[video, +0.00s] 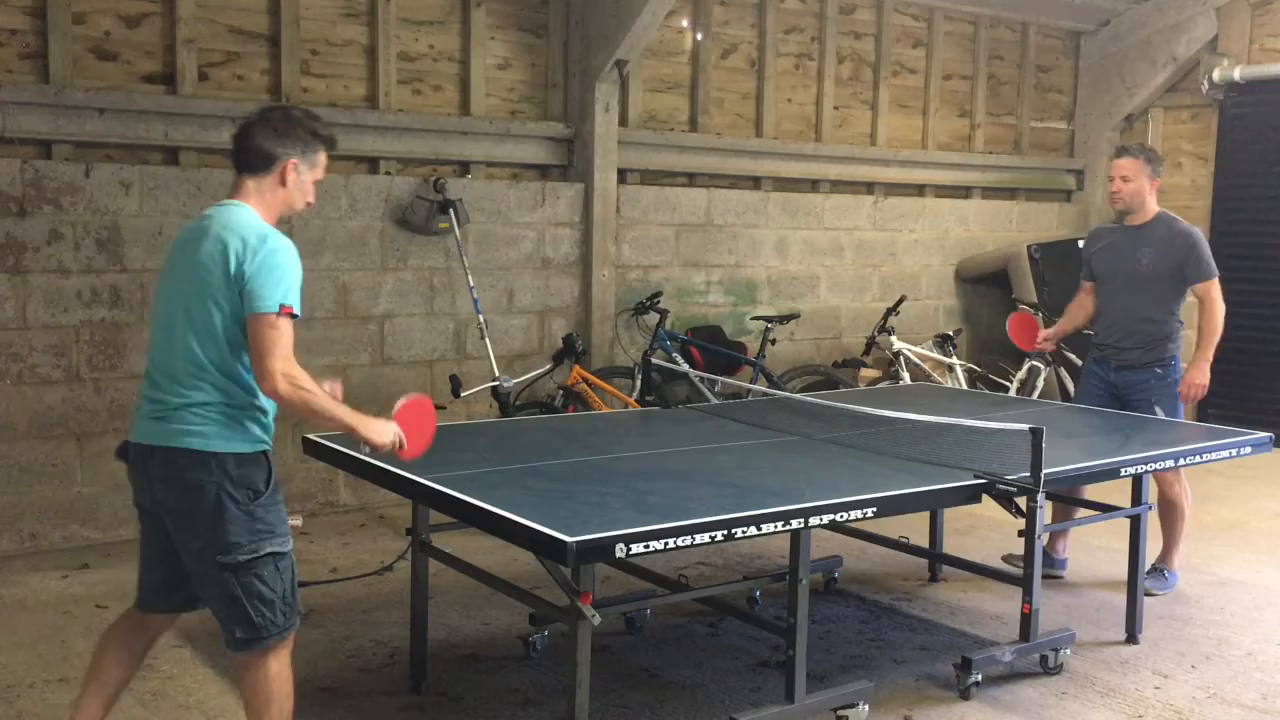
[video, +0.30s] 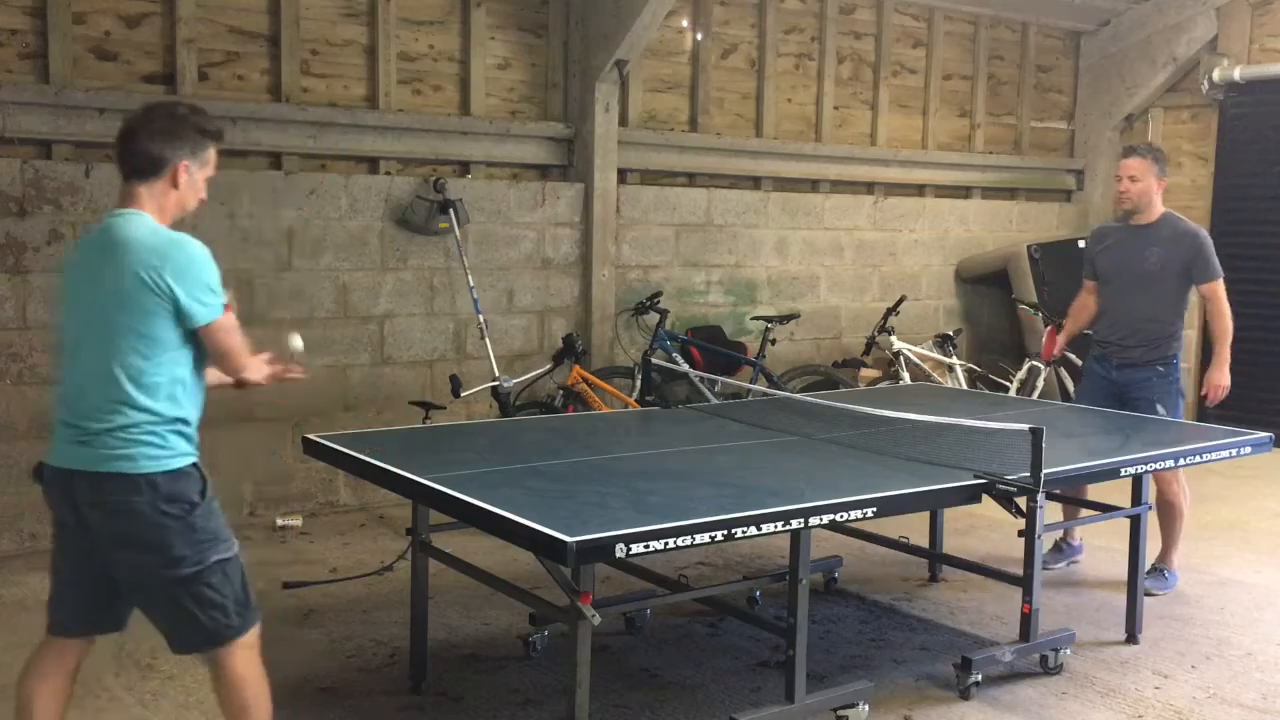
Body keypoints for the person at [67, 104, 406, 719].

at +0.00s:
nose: (314, 197)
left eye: (318, 183)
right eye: (314, 180)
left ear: (257, 167)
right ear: (285, 169)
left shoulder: (192, 234)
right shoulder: (269, 248)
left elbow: (215, 356)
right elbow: (279, 377)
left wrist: (305, 386)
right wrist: (361, 424)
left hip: (155, 455)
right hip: (220, 464)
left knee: (155, 606)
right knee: (268, 633)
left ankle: (83, 713)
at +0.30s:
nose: (206, 194)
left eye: (210, 179)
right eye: (207, 178)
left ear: (132, 167)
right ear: (180, 172)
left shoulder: (84, 250)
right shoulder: (179, 253)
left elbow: (131, 363)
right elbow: (239, 363)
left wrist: (232, 375)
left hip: (73, 475)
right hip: (151, 480)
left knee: (66, 635)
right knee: (235, 633)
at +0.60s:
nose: (146, 182)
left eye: (149, 167)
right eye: (145, 165)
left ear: (71, 157)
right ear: (114, 161)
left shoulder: (12, 239)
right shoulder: (128, 244)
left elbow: (20, 342)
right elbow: (181, 376)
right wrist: (143, 370)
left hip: (15, 474)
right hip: (99, 474)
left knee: (27, 640)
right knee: (188, 624)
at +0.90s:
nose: (132, 168)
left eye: (132, 152)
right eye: (127, 151)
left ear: (69, 151)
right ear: (92, 152)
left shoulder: (11, 228)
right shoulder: (90, 234)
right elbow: (198, 321)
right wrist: (288, 252)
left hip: (13, 468)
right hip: (82, 468)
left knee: (17, 644)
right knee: (158, 630)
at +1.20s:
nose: (164, 155)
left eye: (162, 141)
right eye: (157, 140)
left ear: (99, 151)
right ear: (121, 151)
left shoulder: (31, 235)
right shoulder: (113, 251)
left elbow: (30, 356)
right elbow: (188, 376)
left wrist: (109, 454)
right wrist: (287, 328)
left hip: (22, 464)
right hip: (82, 471)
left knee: (50, 643)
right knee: (119, 664)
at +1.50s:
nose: (195, 170)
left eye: (191, 154)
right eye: (186, 154)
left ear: (139, 167)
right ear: (149, 168)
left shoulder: (83, 236)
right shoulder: (112, 258)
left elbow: (124, 367)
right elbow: (111, 410)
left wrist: (209, 406)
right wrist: (221, 433)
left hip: (26, 461)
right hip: (61, 471)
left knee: (24, 623)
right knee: (121, 654)